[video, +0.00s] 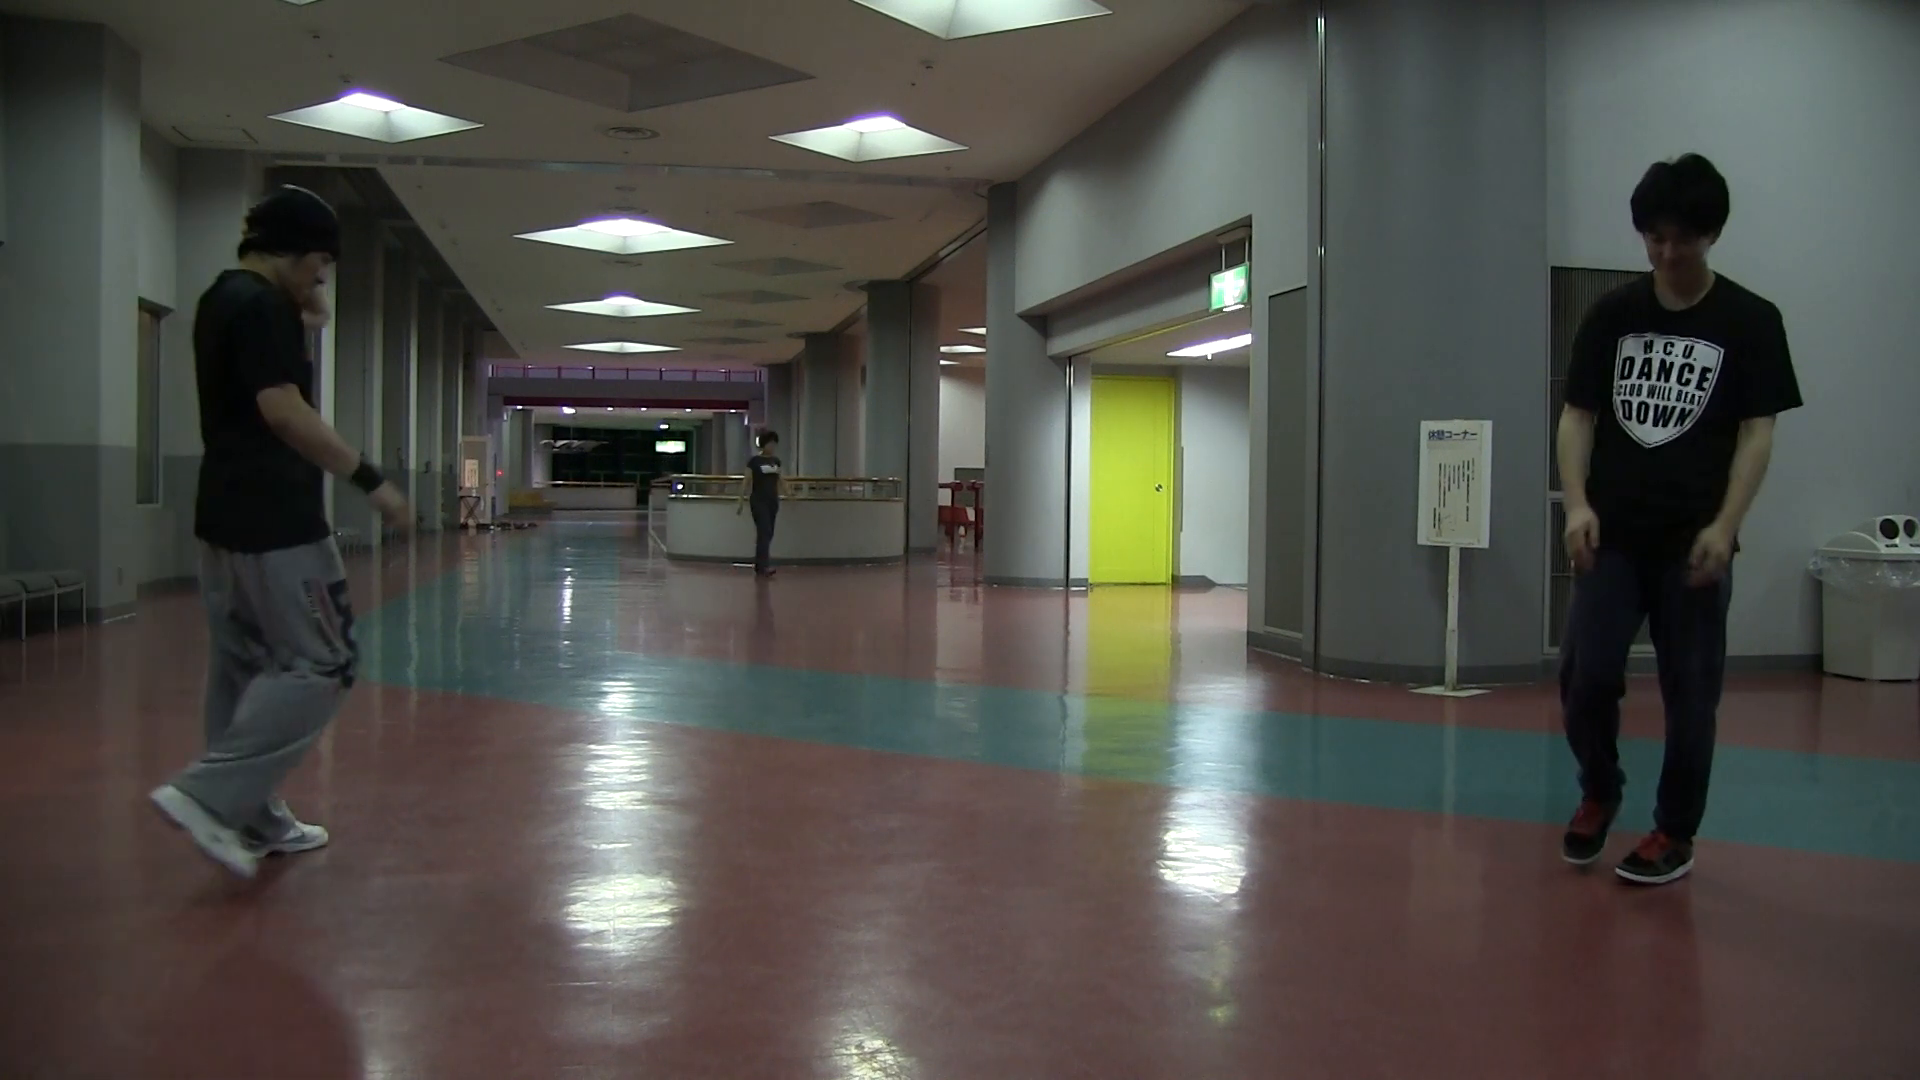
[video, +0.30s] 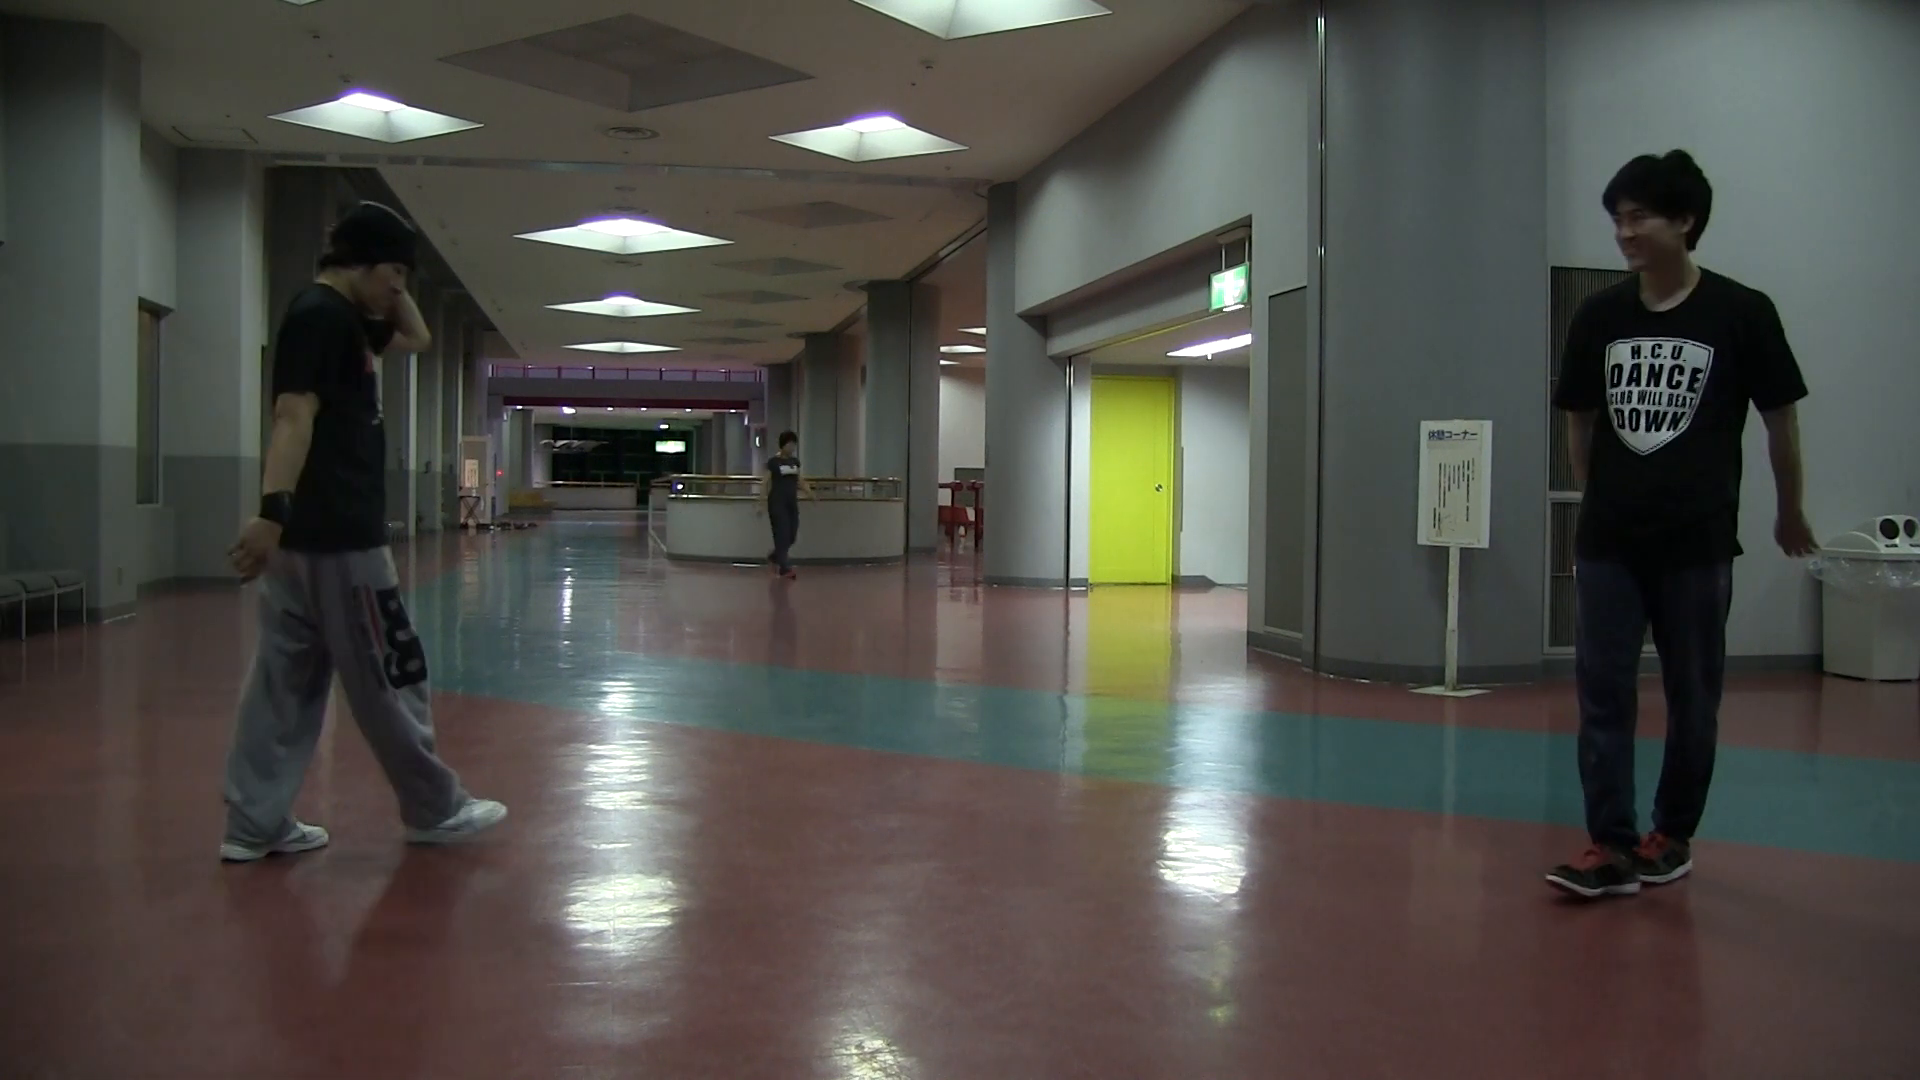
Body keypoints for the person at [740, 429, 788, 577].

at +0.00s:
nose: (773, 447)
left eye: (774, 444)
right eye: (771, 444)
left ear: (774, 445)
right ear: (764, 445)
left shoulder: (776, 462)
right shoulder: (754, 462)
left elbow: (780, 480)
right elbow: (745, 483)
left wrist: (788, 492)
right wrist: (741, 502)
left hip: (772, 500)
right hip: (758, 501)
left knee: (767, 533)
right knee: (764, 532)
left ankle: (761, 565)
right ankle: (762, 566)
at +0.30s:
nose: (793, 448)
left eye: (794, 444)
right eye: (790, 444)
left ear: (795, 446)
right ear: (783, 445)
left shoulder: (795, 462)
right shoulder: (773, 462)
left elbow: (800, 481)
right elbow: (765, 484)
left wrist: (811, 494)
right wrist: (761, 504)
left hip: (791, 502)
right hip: (776, 503)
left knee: (791, 536)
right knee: (782, 534)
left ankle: (774, 556)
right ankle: (784, 567)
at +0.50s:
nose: (806, 446)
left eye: (807, 442)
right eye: (805, 442)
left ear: (807, 443)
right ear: (798, 442)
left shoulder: (806, 460)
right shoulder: (787, 459)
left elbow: (805, 481)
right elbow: (786, 481)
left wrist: (808, 496)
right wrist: (797, 497)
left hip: (805, 499)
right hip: (790, 500)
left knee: (810, 534)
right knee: (786, 535)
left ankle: (810, 567)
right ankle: (785, 568)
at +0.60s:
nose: (815, 447)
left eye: (816, 444)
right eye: (813, 443)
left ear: (814, 445)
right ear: (806, 444)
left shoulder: (813, 462)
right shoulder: (796, 462)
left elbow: (812, 482)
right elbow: (797, 481)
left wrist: (815, 497)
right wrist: (813, 493)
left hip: (812, 503)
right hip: (798, 504)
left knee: (818, 536)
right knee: (791, 537)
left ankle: (827, 568)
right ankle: (785, 568)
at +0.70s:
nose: (825, 448)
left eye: (825, 445)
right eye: (823, 444)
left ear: (823, 446)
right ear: (816, 444)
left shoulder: (823, 462)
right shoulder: (805, 461)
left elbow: (822, 481)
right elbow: (806, 481)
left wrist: (826, 495)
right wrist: (822, 493)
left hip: (823, 504)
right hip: (807, 505)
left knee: (827, 537)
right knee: (802, 536)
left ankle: (830, 570)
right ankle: (787, 567)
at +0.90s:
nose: (840, 444)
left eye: (841, 441)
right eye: (838, 441)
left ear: (840, 441)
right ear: (831, 440)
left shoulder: (840, 458)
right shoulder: (821, 458)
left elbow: (842, 484)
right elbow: (816, 481)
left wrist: (845, 503)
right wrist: (819, 502)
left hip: (840, 502)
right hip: (826, 502)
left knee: (836, 536)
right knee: (830, 535)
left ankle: (833, 570)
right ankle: (815, 564)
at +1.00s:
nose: (847, 444)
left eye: (848, 441)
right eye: (846, 441)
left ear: (847, 442)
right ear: (838, 441)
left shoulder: (849, 460)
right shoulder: (828, 458)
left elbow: (852, 478)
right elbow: (820, 481)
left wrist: (858, 488)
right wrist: (816, 502)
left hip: (846, 501)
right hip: (831, 501)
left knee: (840, 534)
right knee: (839, 534)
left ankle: (833, 570)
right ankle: (832, 570)